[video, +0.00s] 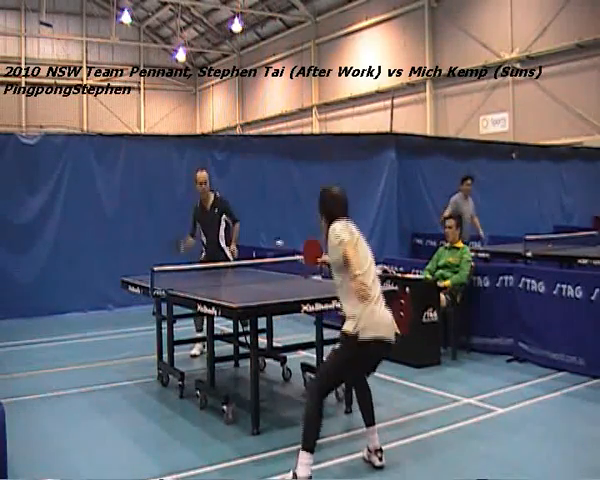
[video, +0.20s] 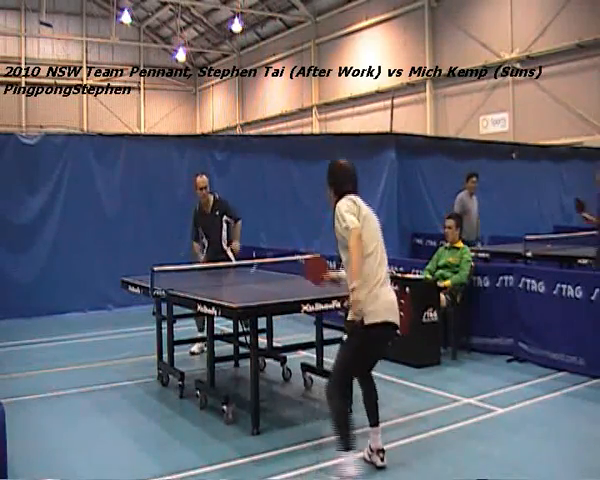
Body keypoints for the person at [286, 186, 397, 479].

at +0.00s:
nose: (318, 213)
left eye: (319, 208)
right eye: (321, 207)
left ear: (323, 211)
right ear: (345, 208)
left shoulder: (337, 230)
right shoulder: (356, 232)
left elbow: (348, 256)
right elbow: (347, 262)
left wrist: (359, 282)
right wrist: (324, 261)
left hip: (361, 332)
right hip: (384, 333)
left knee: (316, 389)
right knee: (358, 379)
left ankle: (302, 468)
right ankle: (375, 449)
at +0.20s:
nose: (326, 192)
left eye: (327, 187)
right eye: (328, 187)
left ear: (332, 187)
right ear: (354, 184)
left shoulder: (344, 206)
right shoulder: (365, 210)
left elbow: (356, 237)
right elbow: (370, 266)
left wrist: (353, 289)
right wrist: (336, 274)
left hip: (367, 316)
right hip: (387, 314)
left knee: (336, 384)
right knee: (364, 373)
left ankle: (346, 459)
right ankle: (376, 446)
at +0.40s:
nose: (335, 186)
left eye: (335, 180)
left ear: (339, 183)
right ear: (363, 182)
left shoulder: (343, 211)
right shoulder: (378, 213)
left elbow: (335, 253)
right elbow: (391, 264)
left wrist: (324, 314)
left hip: (367, 320)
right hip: (395, 317)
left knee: (351, 405)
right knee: (376, 369)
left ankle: (377, 472)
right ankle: (394, 436)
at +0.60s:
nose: (336, 188)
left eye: (336, 182)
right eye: (341, 180)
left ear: (339, 185)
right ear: (363, 183)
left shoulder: (348, 214)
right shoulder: (379, 215)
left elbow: (332, 264)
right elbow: (384, 267)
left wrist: (317, 322)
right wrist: (358, 308)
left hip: (371, 322)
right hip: (399, 320)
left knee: (340, 393)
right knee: (384, 379)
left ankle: (369, 466)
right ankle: (407, 450)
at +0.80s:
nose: (324, 199)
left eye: (324, 194)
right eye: (328, 192)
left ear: (327, 195)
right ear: (351, 192)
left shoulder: (340, 222)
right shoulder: (365, 222)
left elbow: (318, 275)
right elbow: (351, 273)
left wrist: (299, 321)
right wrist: (319, 283)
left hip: (365, 332)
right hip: (391, 330)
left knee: (323, 392)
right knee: (375, 375)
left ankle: (335, 465)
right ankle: (400, 440)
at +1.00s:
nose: (302, 233)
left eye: (303, 229)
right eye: (304, 228)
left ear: (307, 231)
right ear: (330, 228)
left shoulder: (319, 256)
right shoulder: (344, 253)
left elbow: (279, 274)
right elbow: (294, 268)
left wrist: (253, 269)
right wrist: (266, 269)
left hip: (363, 356)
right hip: (384, 351)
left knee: (311, 402)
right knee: (349, 381)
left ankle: (331, 472)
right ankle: (353, 434)